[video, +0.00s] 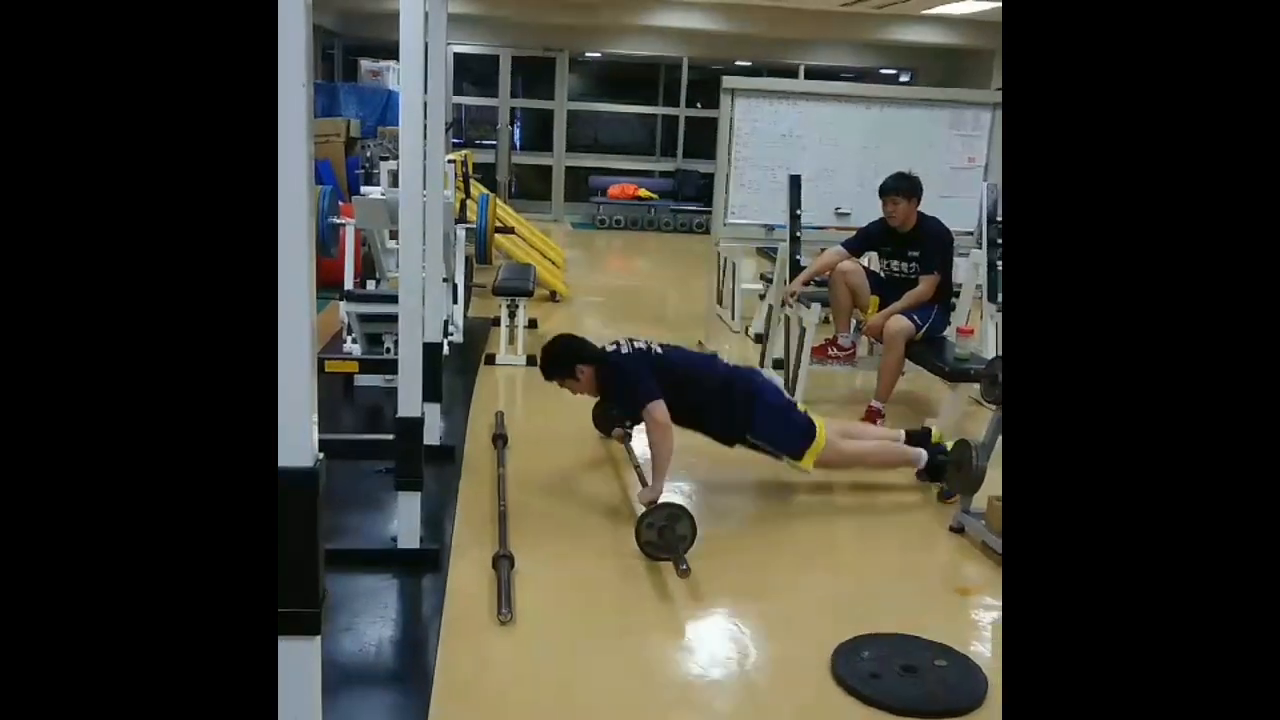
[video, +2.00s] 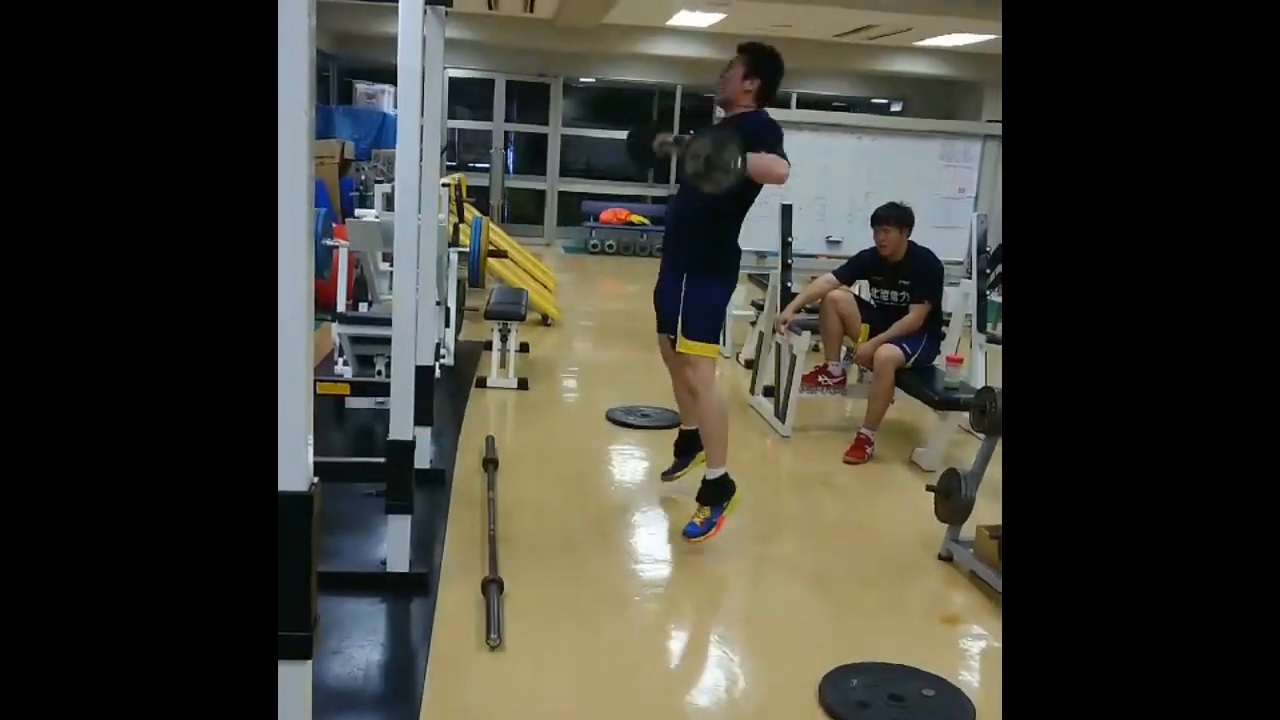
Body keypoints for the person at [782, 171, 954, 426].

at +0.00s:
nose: (888, 209)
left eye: (895, 204)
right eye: (885, 203)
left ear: (914, 204)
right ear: (881, 203)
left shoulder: (935, 234)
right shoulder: (879, 229)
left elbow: (926, 290)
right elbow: (836, 255)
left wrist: (883, 316)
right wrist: (800, 280)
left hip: (928, 305)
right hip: (891, 294)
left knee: (895, 327)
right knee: (843, 270)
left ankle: (876, 409)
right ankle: (843, 345)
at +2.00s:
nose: (879, 237)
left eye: (886, 231)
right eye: (876, 231)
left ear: (905, 233)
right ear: (873, 231)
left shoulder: (926, 264)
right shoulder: (869, 258)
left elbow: (916, 318)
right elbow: (828, 282)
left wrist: (874, 344)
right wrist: (791, 308)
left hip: (919, 335)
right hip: (880, 325)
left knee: (885, 356)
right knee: (834, 298)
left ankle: (865, 436)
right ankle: (833, 373)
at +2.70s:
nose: (880, 248)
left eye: (888, 242)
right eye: (877, 241)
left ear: (906, 243)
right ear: (873, 242)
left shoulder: (926, 274)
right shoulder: (870, 268)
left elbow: (917, 329)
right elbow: (828, 293)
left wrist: (874, 354)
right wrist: (792, 319)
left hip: (920, 345)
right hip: (881, 335)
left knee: (885, 366)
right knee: (834, 309)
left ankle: (866, 447)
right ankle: (833, 383)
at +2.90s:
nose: (880, 250)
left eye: (888, 244)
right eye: (877, 243)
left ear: (906, 245)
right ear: (873, 243)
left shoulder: (927, 277)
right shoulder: (869, 271)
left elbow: (917, 331)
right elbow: (828, 295)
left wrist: (873, 356)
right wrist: (792, 320)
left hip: (919, 347)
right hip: (880, 337)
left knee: (885, 368)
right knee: (834, 310)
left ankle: (866, 449)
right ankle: (834, 385)